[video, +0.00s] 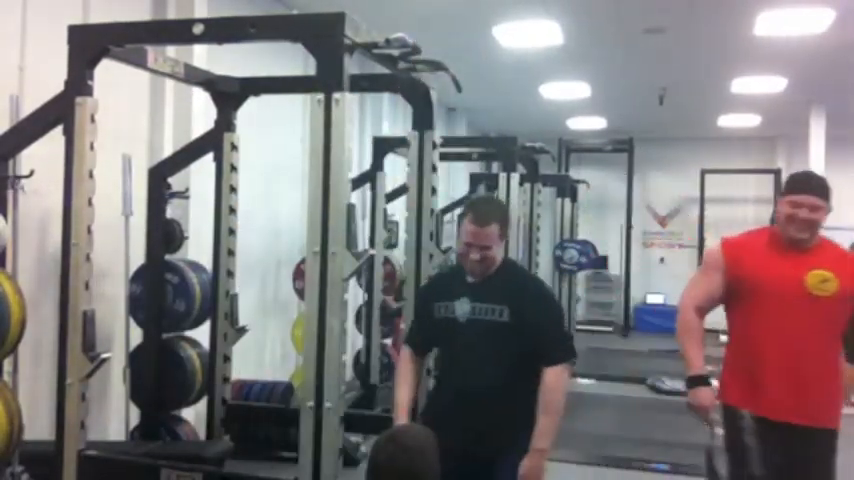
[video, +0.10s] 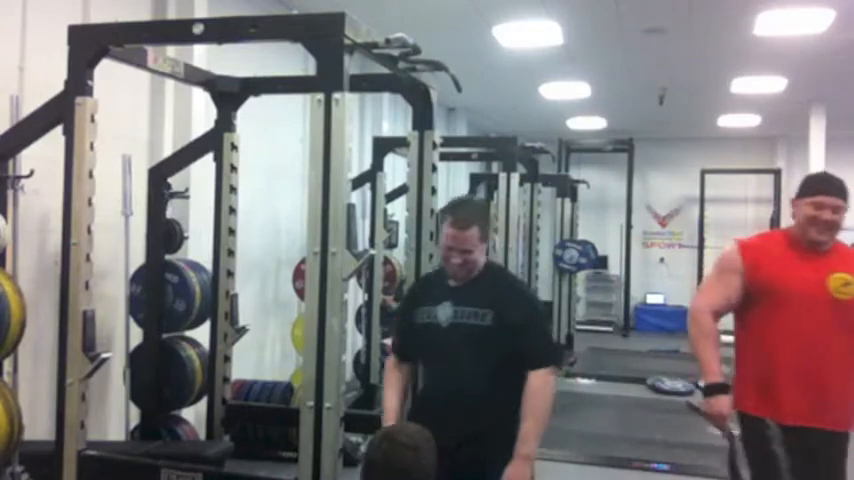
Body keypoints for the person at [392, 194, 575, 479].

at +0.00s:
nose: (475, 256)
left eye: (486, 248)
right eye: (468, 246)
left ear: (503, 243)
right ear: (458, 239)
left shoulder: (533, 296)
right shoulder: (437, 290)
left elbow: (556, 370)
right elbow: (412, 353)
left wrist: (538, 453)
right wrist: (402, 425)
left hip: (507, 443)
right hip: (443, 439)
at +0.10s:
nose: (455, 260)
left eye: (466, 252)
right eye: (449, 251)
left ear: (486, 246)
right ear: (440, 242)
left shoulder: (515, 298)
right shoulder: (421, 294)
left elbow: (542, 373)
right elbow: (399, 362)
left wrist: (524, 458)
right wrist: (391, 433)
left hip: (491, 453)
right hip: (427, 450)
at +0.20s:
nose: (431, 266)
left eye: (440, 257)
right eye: (423, 256)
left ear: (461, 251)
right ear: (414, 248)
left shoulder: (493, 301)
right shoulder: (396, 301)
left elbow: (518, 379)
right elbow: (377, 372)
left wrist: (498, 462)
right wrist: (378, 441)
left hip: (476, 459)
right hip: (411, 457)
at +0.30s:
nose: (403, 270)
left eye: (413, 261)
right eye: (394, 260)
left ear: (432, 247)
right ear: (384, 251)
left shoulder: (469, 298)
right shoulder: (370, 307)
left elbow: (497, 376)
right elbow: (350, 383)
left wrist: (468, 461)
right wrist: (356, 456)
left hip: (456, 457)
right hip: (391, 459)